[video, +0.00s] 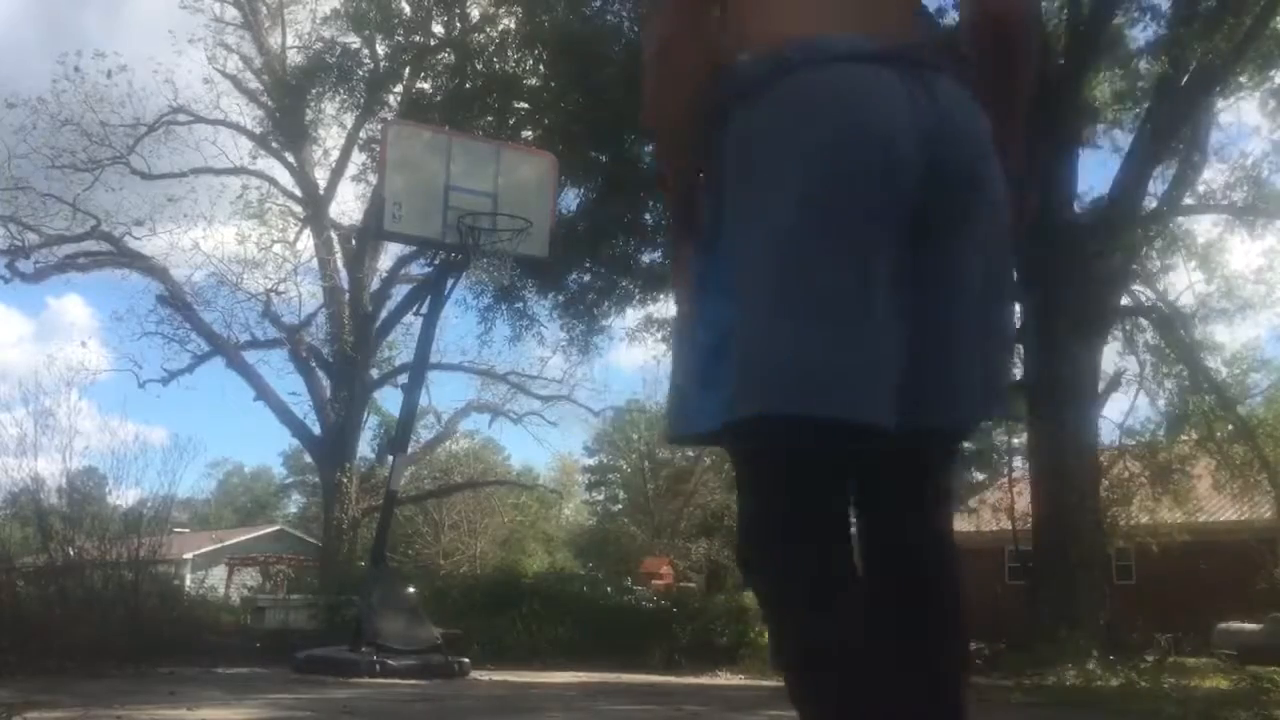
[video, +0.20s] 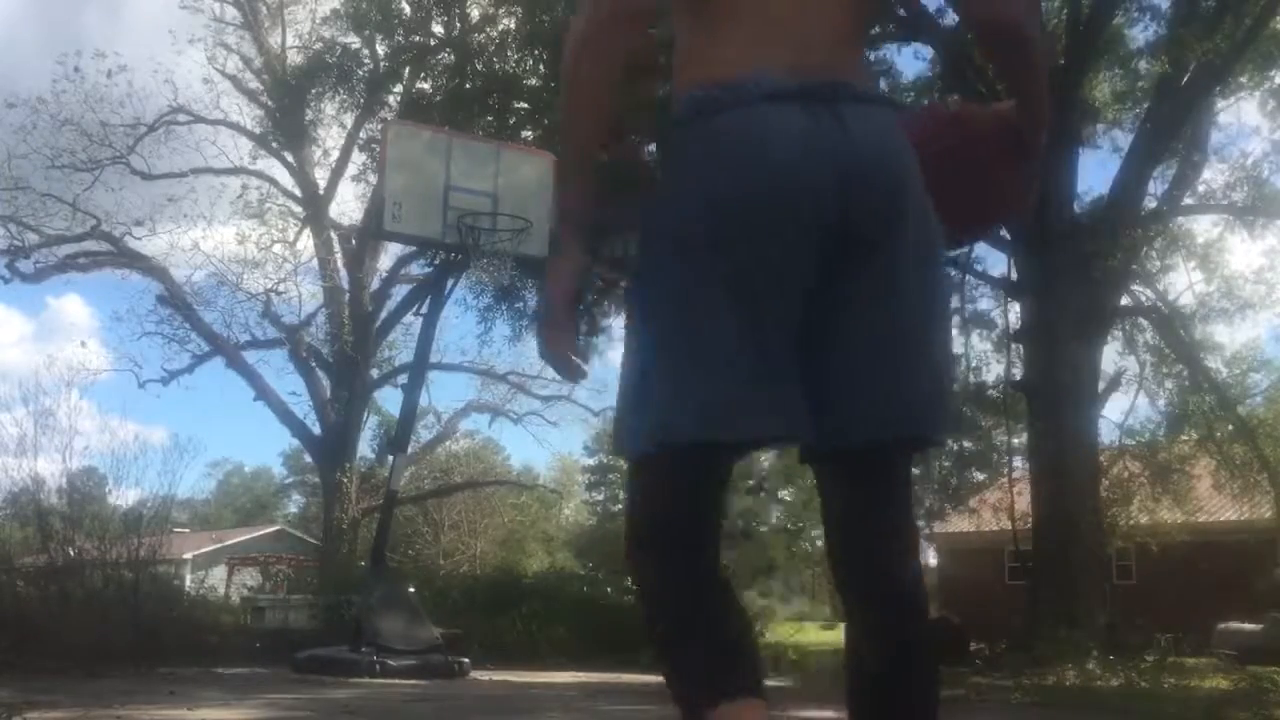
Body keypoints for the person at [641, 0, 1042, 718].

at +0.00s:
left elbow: (678, 44)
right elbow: (1006, 19)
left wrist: (688, 219)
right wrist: (996, 160)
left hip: (803, 135)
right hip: (950, 131)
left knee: (791, 518)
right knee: (914, 503)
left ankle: (844, 701)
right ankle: (929, 703)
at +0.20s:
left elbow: (598, 35)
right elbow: (1005, 17)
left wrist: (570, 234)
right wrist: (1031, 128)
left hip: (723, 160)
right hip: (873, 157)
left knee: (671, 537)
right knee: (876, 540)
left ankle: (732, 701)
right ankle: (901, 705)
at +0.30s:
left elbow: (564, 37)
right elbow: (959, 33)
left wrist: (531, 240)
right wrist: (982, 147)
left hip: (684, 171)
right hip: (832, 167)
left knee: (622, 528)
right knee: (848, 527)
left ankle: (626, 708)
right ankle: (881, 707)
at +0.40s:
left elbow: (528, 48)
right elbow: (869, 77)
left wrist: (506, 255)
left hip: (642, 187)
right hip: (787, 184)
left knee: (556, 524)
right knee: (814, 535)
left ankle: (516, 706)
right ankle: (858, 709)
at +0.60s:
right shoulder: (652, 30)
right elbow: (631, 213)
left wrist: (456, 405)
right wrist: (584, 420)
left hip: (531, 291)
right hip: (674, 291)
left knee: (393, 573)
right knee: (748, 608)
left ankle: (314, 708)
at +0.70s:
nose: (386, 23)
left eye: (386, 18)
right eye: (387, 21)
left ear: (401, 13)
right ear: (480, 14)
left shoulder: (381, 75)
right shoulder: (553, 73)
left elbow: (376, 243)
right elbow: (555, 241)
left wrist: (350, 427)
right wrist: (517, 457)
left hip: (453, 328)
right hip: (590, 326)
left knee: (320, 583)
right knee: (659, 602)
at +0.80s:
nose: (310, 19)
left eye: (313, 14)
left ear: (327, 8)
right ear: (410, 9)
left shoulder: (301, 50)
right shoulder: (470, 65)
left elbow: (286, 170)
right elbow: (490, 191)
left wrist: (225, 307)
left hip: (366, 285)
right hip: (488, 285)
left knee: (278, 547)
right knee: (545, 558)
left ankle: (243, 711)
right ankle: (620, 709)